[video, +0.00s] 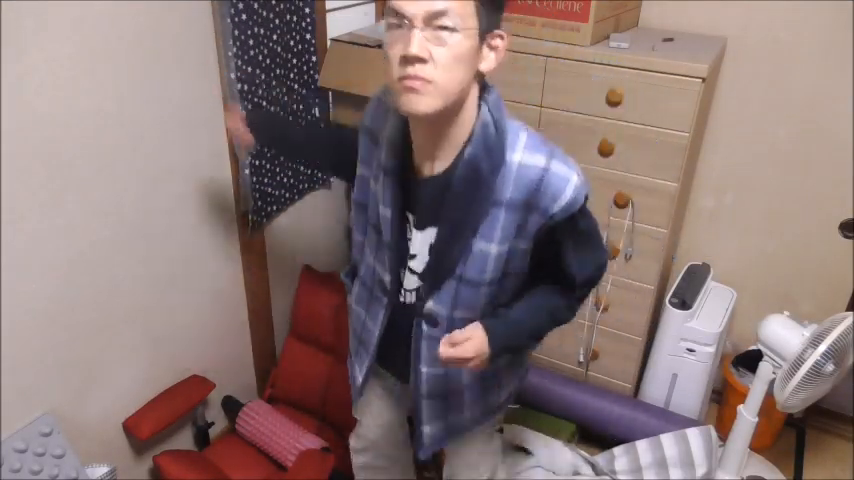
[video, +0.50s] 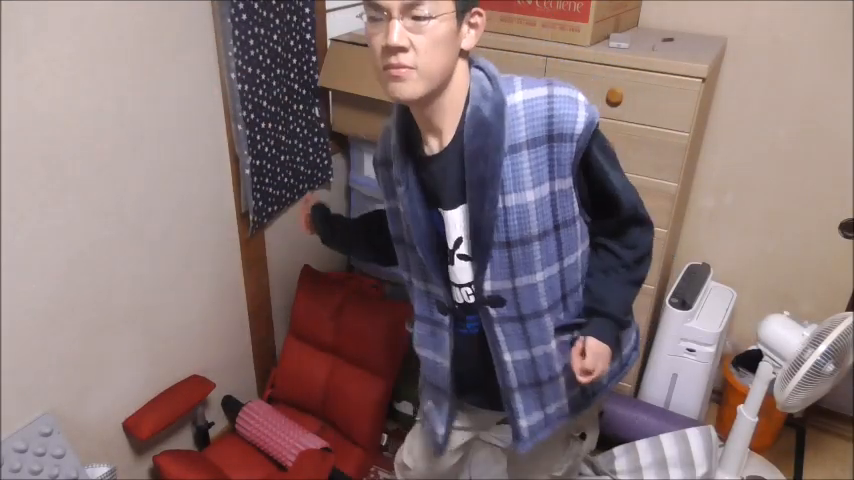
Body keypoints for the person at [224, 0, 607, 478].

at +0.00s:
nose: (413, 49)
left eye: (442, 30)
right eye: (398, 25)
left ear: (491, 51)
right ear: (384, 38)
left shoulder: (542, 180)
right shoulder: (382, 122)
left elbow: (574, 277)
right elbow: (354, 157)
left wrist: (500, 334)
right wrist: (260, 130)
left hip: (469, 380)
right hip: (384, 361)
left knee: (468, 472)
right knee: (371, 452)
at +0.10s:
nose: (398, 30)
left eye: (427, 10)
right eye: (386, 9)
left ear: (477, 26)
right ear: (370, 21)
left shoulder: (540, 144)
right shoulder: (375, 107)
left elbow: (600, 245)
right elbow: (322, 95)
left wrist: (532, 321)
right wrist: (255, 54)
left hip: (482, 353)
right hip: (390, 339)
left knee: (476, 466)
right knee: (382, 455)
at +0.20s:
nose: (395, 10)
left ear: (473, 3)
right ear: (369, 9)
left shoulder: (550, 109)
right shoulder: (376, 94)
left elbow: (602, 216)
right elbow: (360, 144)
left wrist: (548, 296)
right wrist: (297, 81)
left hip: (505, 335)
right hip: (409, 327)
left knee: (502, 469)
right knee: (391, 456)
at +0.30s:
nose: (397, 13)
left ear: (476, 5)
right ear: (372, 10)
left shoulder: (556, 104)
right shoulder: (383, 113)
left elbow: (603, 214)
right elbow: (379, 201)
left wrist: (559, 306)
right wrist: (317, 160)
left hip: (528, 337)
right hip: (428, 332)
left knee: (520, 470)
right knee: (397, 461)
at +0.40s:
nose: (393, 31)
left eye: (419, 8)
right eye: (379, 9)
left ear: (473, 19)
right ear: (368, 22)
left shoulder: (557, 114)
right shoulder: (396, 132)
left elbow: (615, 216)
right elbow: (402, 224)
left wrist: (581, 315)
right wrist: (324, 202)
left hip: (541, 367)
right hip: (446, 362)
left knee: (530, 474)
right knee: (405, 467)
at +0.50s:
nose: (392, 39)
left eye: (420, 16)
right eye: (378, 17)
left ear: (470, 29)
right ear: (366, 29)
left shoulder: (556, 119)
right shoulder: (394, 149)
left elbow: (625, 229)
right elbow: (409, 241)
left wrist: (602, 327)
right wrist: (328, 227)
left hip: (546, 403)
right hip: (449, 398)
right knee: (415, 471)